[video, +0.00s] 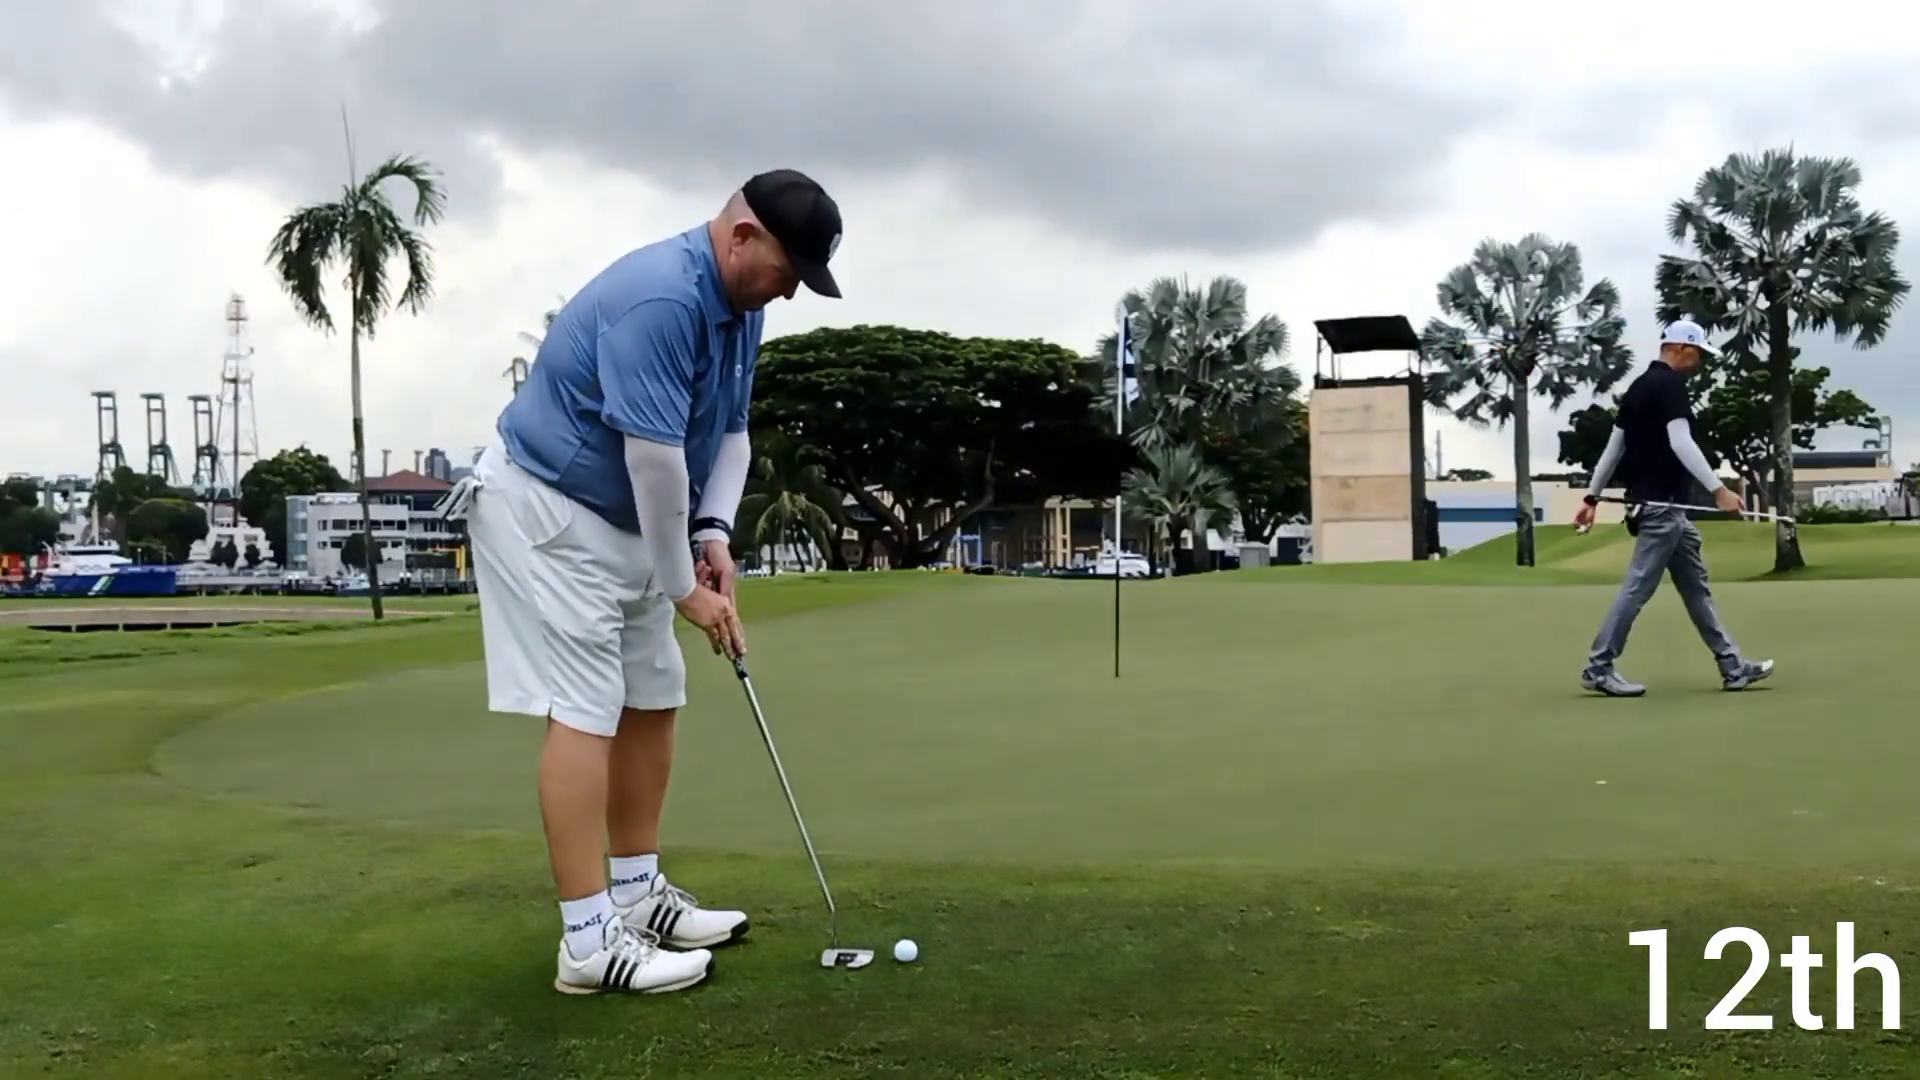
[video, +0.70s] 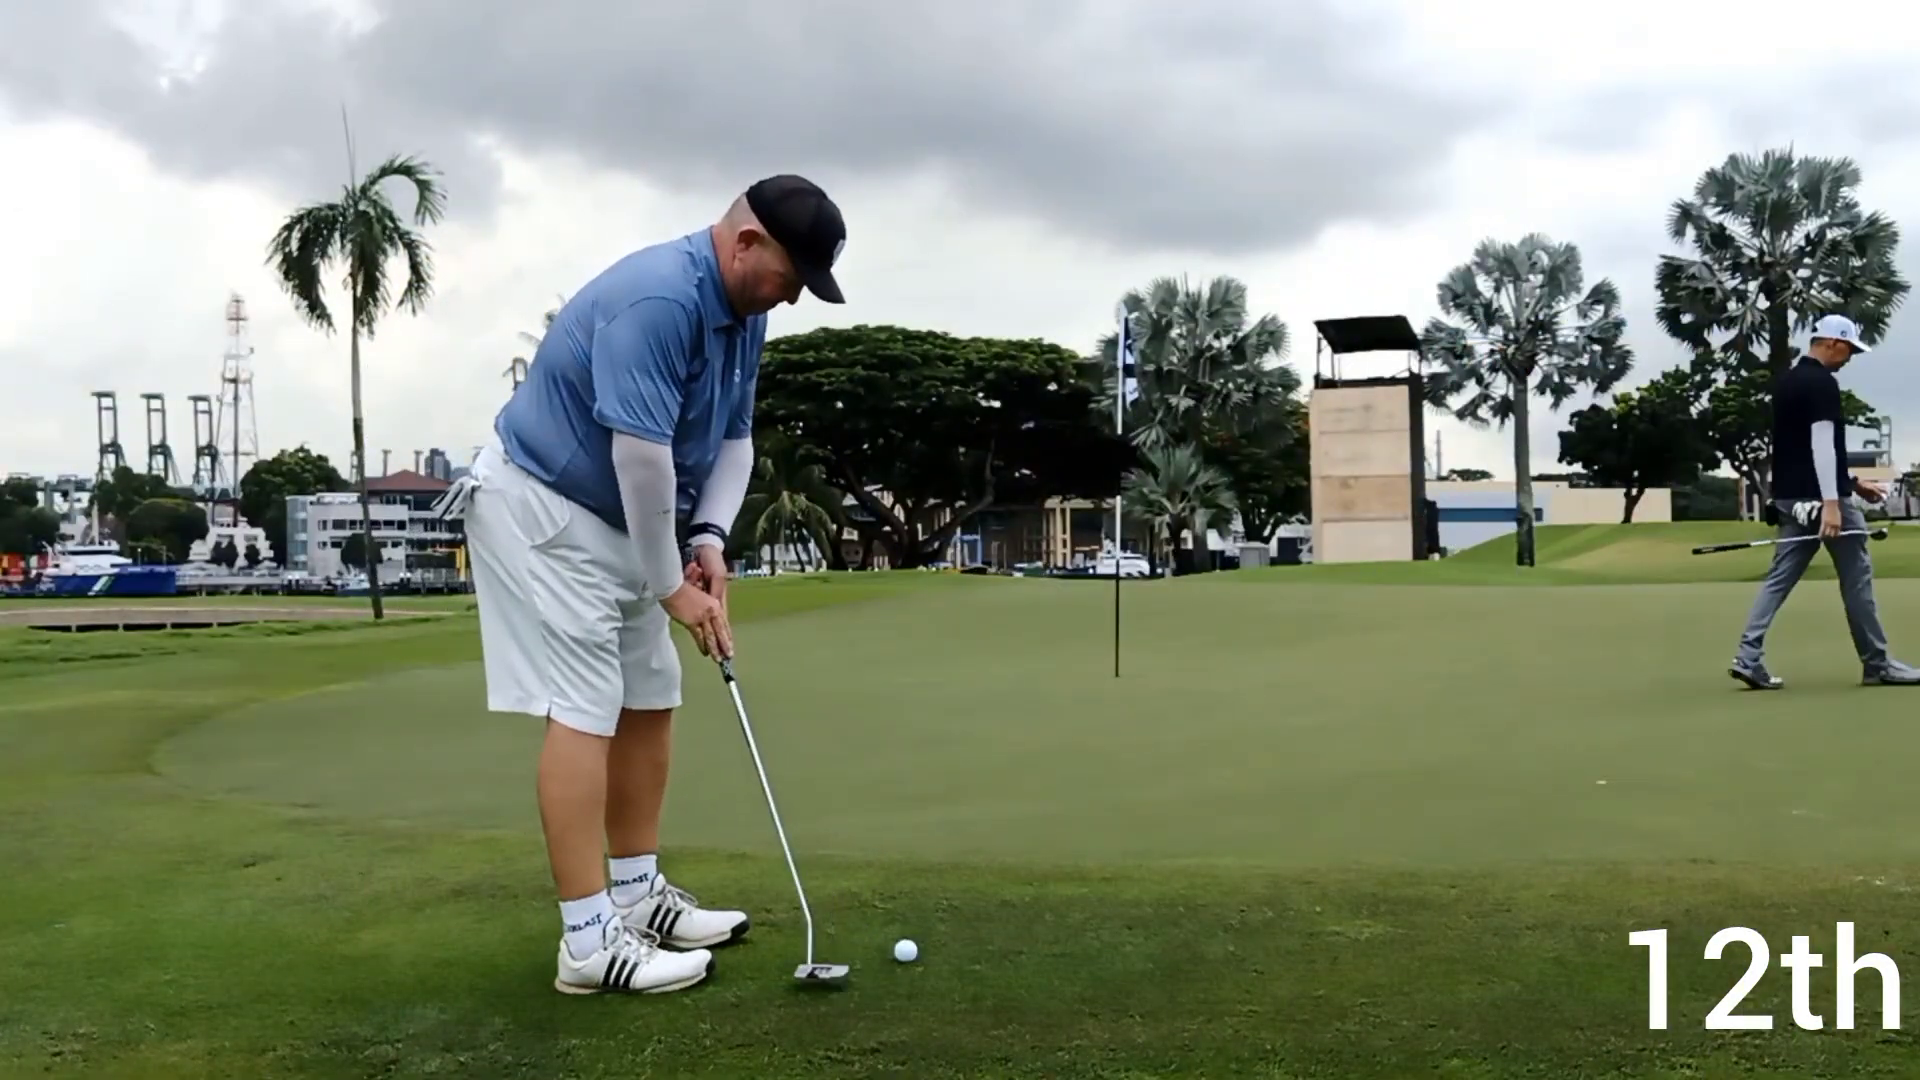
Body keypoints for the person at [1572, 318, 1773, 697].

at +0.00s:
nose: (1699, 363)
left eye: (1701, 356)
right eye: (1697, 354)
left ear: (1670, 350)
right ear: (1678, 349)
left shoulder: (1641, 386)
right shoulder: (1669, 384)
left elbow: (1615, 445)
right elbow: (1680, 441)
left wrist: (1592, 496)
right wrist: (1718, 489)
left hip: (1658, 507)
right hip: (1662, 508)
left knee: (1695, 586)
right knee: (1638, 588)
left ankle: (1732, 665)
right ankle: (1599, 666)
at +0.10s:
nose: (1722, 361)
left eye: (1723, 355)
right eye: (1719, 354)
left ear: (1693, 349)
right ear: (1703, 348)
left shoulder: (1660, 389)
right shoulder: (1694, 384)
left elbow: (1641, 452)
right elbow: (1704, 441)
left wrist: (1621, 505)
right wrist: (1739, 489)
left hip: (1682, 507)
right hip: (1692, 508)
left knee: (1717, 587)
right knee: (1665, 586)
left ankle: (1739, 668)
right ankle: (1611, 659)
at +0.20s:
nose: (1741, 357)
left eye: (1741, 351)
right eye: (1738, 350)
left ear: (1712, 346)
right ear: (1723, 345)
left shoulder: (1685, 384)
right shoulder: (1715, 380)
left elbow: (1672, 451)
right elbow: (1724, 439)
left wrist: (1664, 507)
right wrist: (1753, 491)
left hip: (1701, 498)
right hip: (1720, 498)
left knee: (1730, 583)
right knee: (1720, 582)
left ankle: (1740, 669)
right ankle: (1644, 644)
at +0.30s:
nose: (1760, 356)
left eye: (1761, 349)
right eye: (1759, 348)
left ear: (1733, 341)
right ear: (1743, 342)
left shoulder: (1704, 378)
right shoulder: (1733, 377)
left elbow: (1707, 442)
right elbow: (1738, 437)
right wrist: (1764, 489)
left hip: (1713, 494)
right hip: (1739, 492)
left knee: (1731, 580)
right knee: (1767, 571)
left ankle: (1739, 667)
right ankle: (1696, 636)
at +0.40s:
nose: (1778, 355)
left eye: (1779, 348)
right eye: (1776, 347)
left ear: (1748, 342)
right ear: (1760, 341)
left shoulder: (1721, 379)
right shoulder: (1752, 377)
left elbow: (1724, 444)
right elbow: (1756, 437)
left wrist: (1728, 498)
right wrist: (1772, 491)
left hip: (1732, 496)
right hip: (1760, 493)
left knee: (1737, 583)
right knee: (1798, 564)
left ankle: (1740, 666)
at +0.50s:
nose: (1799, 356)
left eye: (1801, 350)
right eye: (1798, 349)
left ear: (1774, 341)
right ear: (1782, 341)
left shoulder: (1744, 375)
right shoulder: (1772, 378)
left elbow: (1764, 447)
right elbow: (1773, 440)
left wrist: (1805, 488)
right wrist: (1784, 496)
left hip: (1750, 496)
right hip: (1780, 495)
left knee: (1746, 582)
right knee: (1823, 566)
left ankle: (1739, 667)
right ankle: (1824, 661)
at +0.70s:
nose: (1849, 358)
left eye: (1851, 352)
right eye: (1848, 351)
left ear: (1822, 344)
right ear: (1831, 344)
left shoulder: (1791, 378)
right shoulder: (1821, 381)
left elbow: (1808, 450)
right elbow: (1822, 446)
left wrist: (1853, 482)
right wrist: (1831, 504)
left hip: (1793, 498)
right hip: (1827, 499)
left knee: (1780, 578)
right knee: (1857, 576)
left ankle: (1747, 658)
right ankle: (1877, 661)